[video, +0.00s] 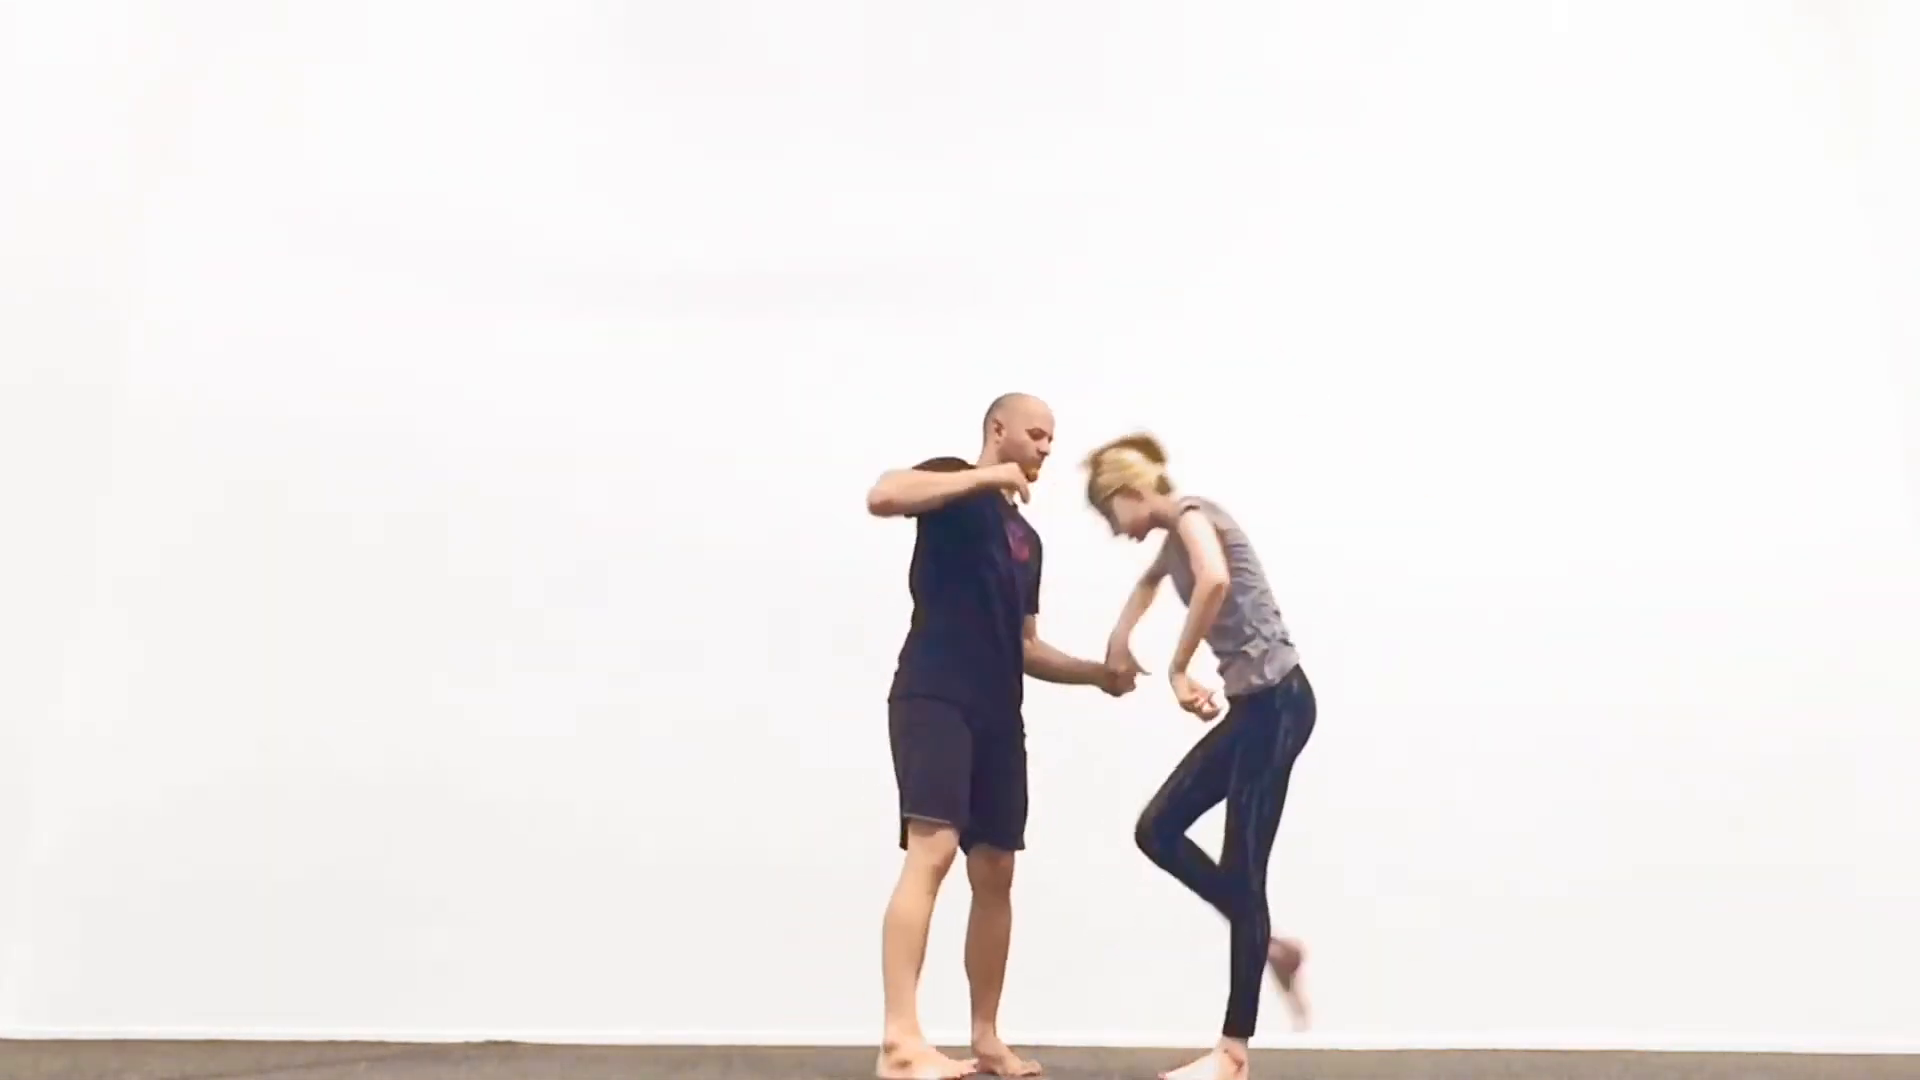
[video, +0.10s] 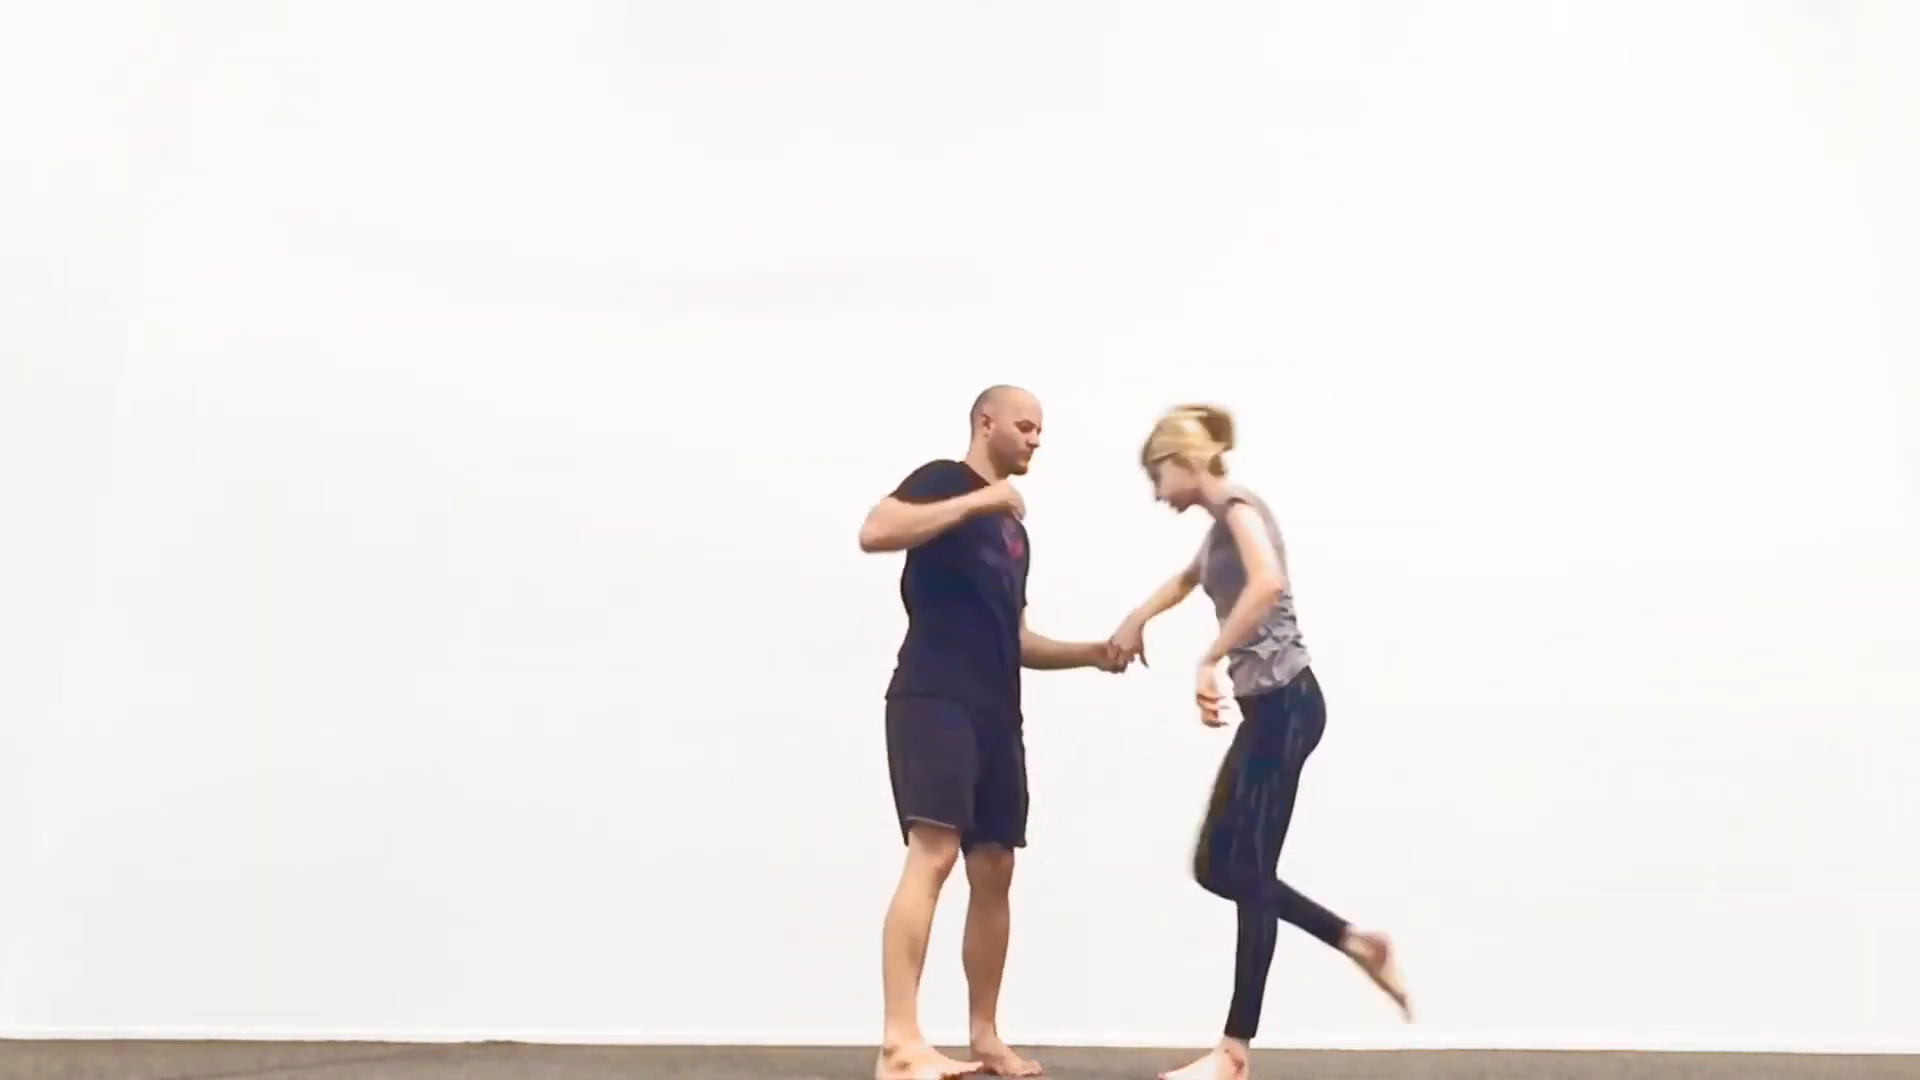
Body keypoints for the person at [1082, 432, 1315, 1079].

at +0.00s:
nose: (1112, 524)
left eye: (1110, 508)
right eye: (1105, 513)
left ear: (1136, 490)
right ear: (1139, 491)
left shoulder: (1191, 517)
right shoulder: (1183, 529)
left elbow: (1215, 581)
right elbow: (1151, 580)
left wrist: (1179, 667)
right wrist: (1118, 639)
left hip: (1277, 702)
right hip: (1252, 705)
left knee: (1245, 876)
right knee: (1157, 833)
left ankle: (1233, 1052)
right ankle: (1271, 947)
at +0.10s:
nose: (1155, 492)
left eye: (1157, 476)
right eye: (1152, 478)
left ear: (1189, 463)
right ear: (1188, 464)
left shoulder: (1240, 511)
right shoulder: (1220, 521)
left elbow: (1267, 585)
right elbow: (1186, 581)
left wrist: (1210, 661)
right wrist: (1135, 620)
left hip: (1286, 704)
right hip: (1266, 704)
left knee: (1250, 874)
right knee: (1215, 867)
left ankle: (1233, 1052)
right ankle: (1358, 944)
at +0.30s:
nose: (1249, 470)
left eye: (1257, 456)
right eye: (1248, 458)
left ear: (1293, 456)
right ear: (1288, 461)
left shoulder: (1330, 523)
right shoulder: (1299, 534)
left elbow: (1377, 614)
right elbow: (1235, 601)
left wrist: (1350, 702)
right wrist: (1161, 596)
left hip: (1327, 716)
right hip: (1331, 715)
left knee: (1274, 873)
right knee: (1393, 881)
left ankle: (1233, 1052)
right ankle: (1500, 1023)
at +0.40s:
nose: (1290, 474)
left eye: (1298, 461)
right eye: (1289, 464)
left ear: (1338, 464)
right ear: (1329, 469)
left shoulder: (1366, 533)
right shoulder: (1336, 549)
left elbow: (1406, 630)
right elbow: (1258, 614)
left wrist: (1415, 732)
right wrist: (1175, 596)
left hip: (1374, 721)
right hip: (1385, 720)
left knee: (1303, 868)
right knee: (1446, 886)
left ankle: (1239, 1046)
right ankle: (1529, 1040)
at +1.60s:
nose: (1148, 450)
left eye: (1155, 438)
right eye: (1148, 440)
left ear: (1189, 439)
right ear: (1184, 441)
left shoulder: (1212, 495)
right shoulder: (1169, 511)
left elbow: (1129, 499)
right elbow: (1077, 517)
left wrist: (1030, 492)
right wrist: (1007, 484)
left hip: (1221, 704)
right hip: (1177, 708)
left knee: (1247, 871)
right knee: (1083, 830)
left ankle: (1276, 1048)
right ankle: (1039, 997)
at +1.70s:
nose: (1091, 458)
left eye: (1100, 445)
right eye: (1092, 446)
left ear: (1132, 445)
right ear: (1131, 448)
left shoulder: (1155, 499)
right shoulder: (1117, 513)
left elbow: (1054, 500)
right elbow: (1032, 513)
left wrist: (950, 482)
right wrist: (949, 492)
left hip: (1179, 712)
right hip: (1134, 718)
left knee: (1226, 876)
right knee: (1046, 846)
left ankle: (1274, 1047)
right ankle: (992, 1009)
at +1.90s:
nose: (962, 485)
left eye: (972, 472)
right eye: (965, 473)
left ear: (1004, 480)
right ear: (1001, 483)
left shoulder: (1021, 536)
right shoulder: (991, 546)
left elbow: (900, 544)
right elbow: (887, 550)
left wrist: (797, 525)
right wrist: (792, 538)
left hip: (1087, 732)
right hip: (1045, 747)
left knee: (1172, 882)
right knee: (951, 870)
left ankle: (1267, 1039)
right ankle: (993, 1044)